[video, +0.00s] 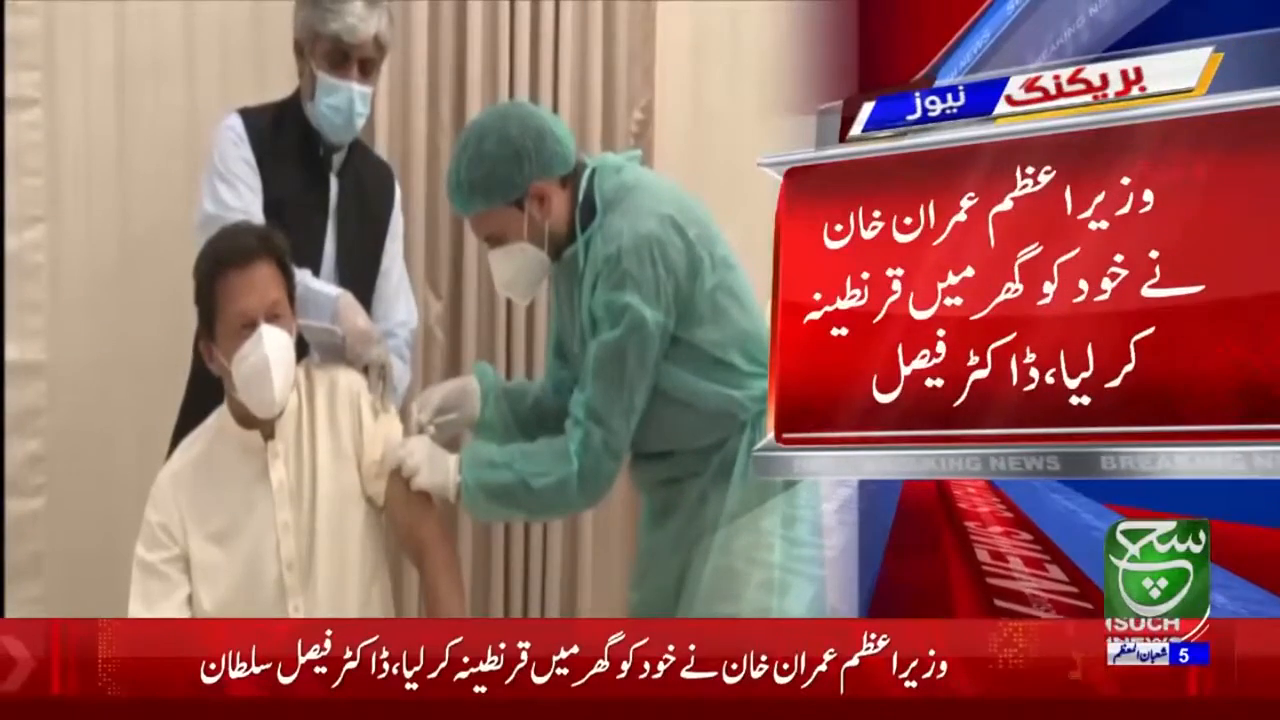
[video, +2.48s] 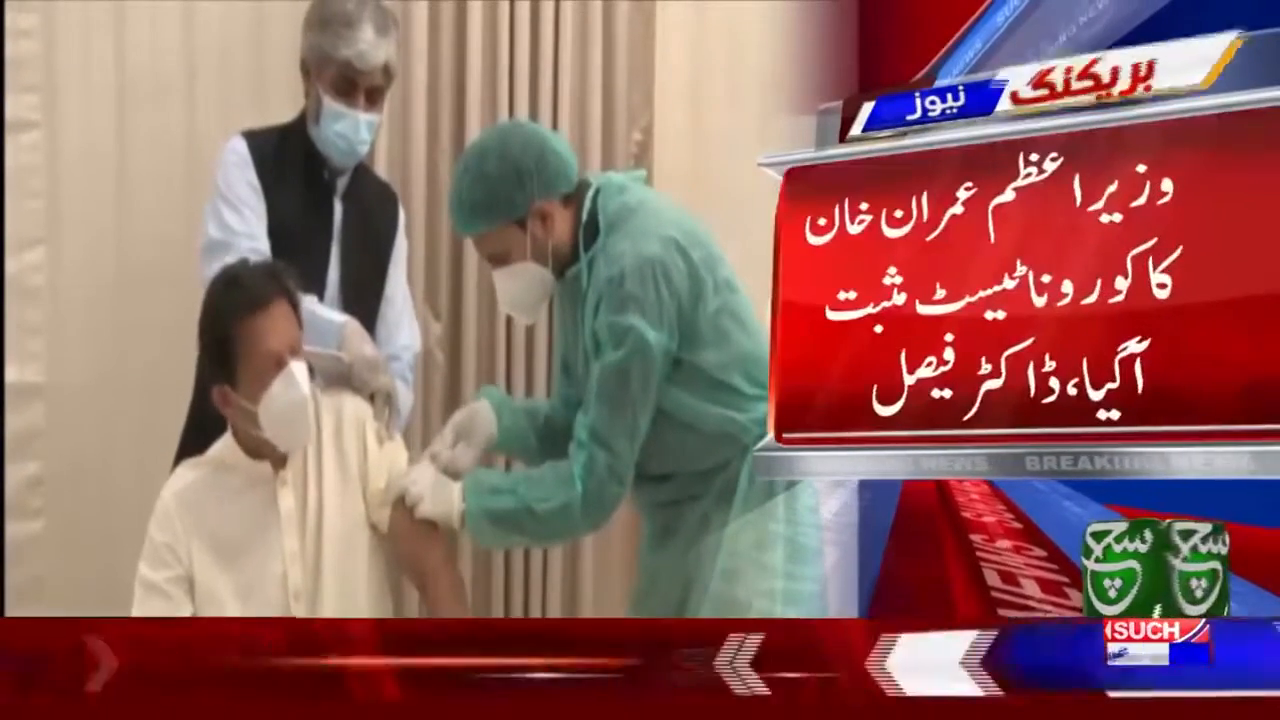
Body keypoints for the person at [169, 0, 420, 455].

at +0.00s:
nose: (352, 83)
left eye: (367, 67)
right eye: (336, 62)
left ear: (382, 68)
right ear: (302, 52)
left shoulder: (380, 179)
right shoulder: (244, 136)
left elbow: (395, 315)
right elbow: (233, 260)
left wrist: (377, 409)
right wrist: (334, 306)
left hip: (335, 406)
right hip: (239, 390)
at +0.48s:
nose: (351, 85)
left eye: (366, 69)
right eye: (335, 64)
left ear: (381, 71)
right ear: (301, 55)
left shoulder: (379, 183)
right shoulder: (245, 138)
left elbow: (395, 318)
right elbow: (233, 262)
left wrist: (377, 406)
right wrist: (334, 309)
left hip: (335, 411)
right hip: (238, 395)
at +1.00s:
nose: (351, 93)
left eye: (366, 77)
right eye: (336, 72)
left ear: (380, 81)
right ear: (301, 64)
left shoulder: (379, 192)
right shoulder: (246, 147)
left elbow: (396, 327)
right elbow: (235, 271)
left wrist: (379, 423)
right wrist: (338, 320)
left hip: (335, 420)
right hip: (242, 399)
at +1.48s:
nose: (352, 101)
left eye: (367, 85)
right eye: (337, 80)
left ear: (382, 88)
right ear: (302, 72)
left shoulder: (380, 200)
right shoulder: (246, 155)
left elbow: (397, 336)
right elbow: (235, 277)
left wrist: (380, 428)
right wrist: (339, 329)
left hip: (339, 428)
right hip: (244, 410)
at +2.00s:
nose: (355, 109)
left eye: (371, 93)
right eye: (341, 87)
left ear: (385, 93)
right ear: (305, 75)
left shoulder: (382, 204)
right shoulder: (248, 158)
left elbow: (398, 340)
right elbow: (235, 281)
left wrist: (382, 424)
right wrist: (342, 333)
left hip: (341, 427)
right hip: (244, 416)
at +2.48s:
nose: (359, 113)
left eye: (374, 96)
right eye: (344, 90)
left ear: (387, 94)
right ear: (308, 76)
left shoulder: (383, 204)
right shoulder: (250, 158)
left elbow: (398, 340)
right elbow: (236, 284)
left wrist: (380, 431)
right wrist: (342, 333)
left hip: (341, 431)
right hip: (246, 414)